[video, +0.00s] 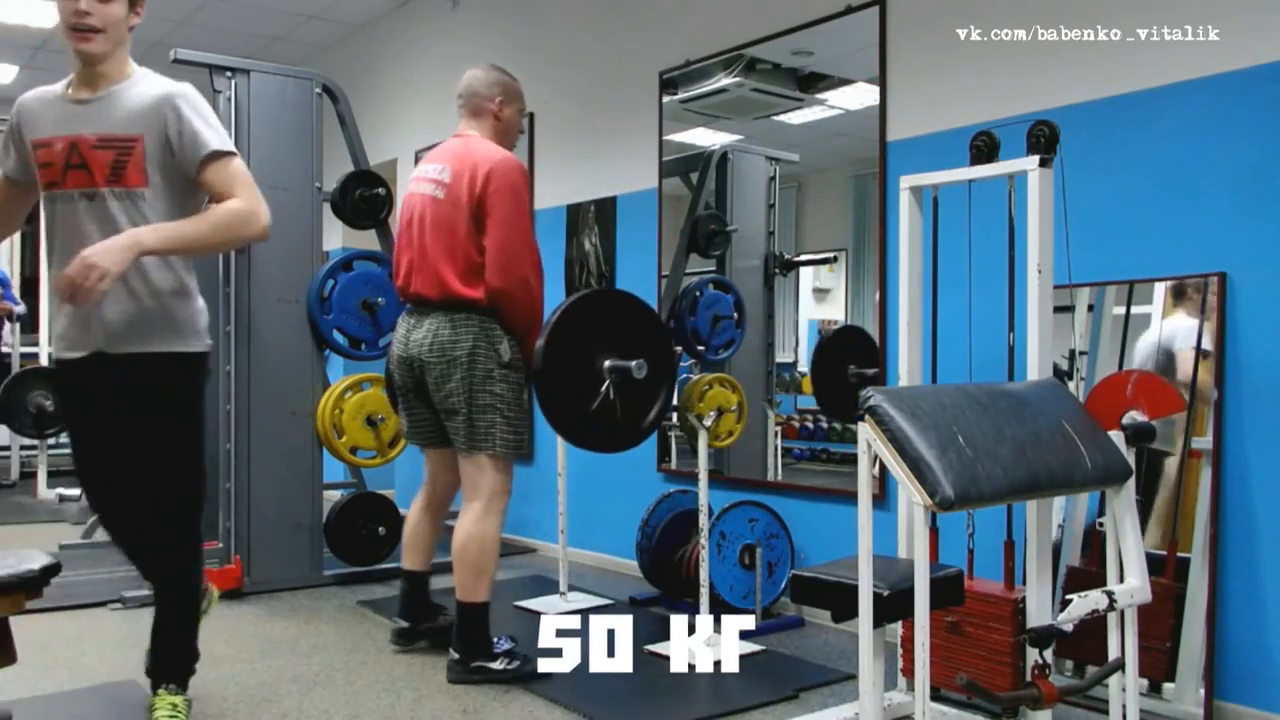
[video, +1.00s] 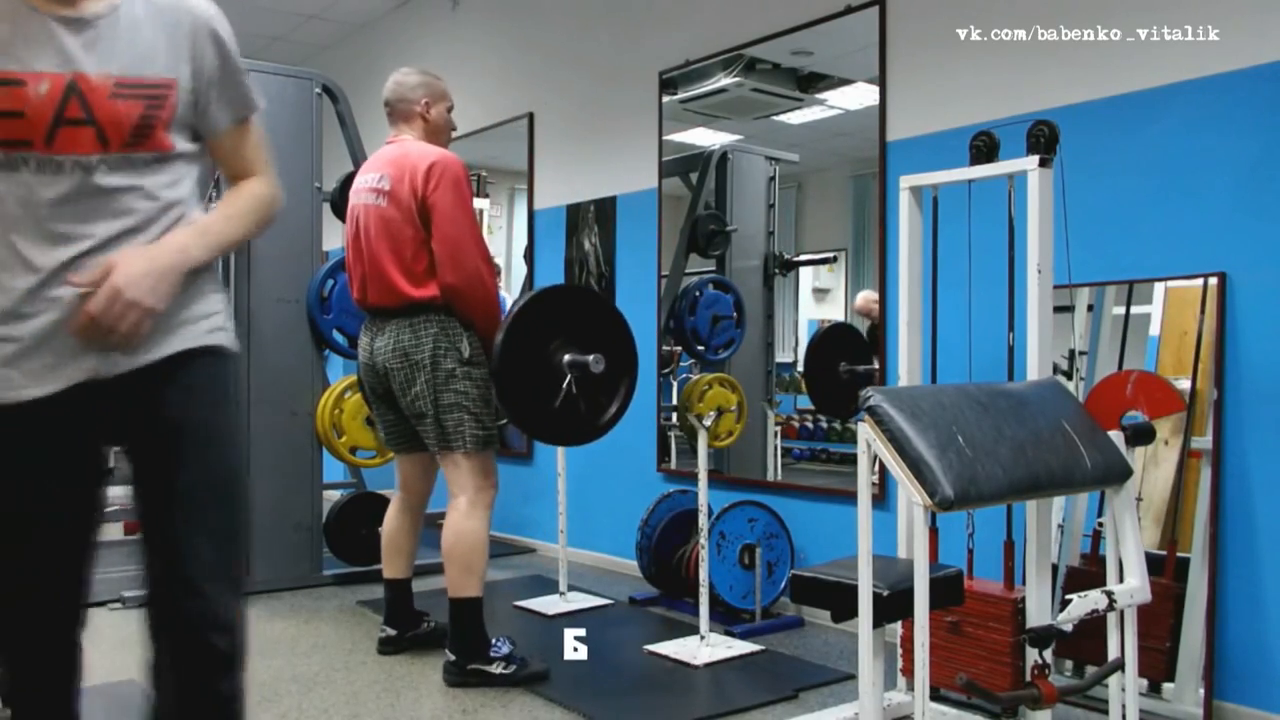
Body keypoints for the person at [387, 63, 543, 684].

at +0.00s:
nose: (521, 128)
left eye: (522, 119)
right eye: (520, 118)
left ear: (468, 107)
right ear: (499, 107)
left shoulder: (425, 163)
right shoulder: (501, 165)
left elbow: (403, 264)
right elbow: (511, 271)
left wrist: (435, 310)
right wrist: (527, 340)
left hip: (412, 332)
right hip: (472, 334)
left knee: (438, 480)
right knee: (485, 491)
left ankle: (414, 616)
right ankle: (473, 649)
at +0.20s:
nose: (502, 122)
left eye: (502, 112)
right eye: (500, 112)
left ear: (447, 107)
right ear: (481, 107)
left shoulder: (413, 163)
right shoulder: (486, 163)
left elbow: (392, 265)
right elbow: (499, 268)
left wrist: (428, 311)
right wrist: (517, 340)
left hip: (403, 331)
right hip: (460, 332)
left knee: (424, 479)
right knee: (476, 492)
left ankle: (402, 620)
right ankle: (473, 649)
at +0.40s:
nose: (476, 123)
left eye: (475, 113)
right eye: (470, 112)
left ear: (423, 113)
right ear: (445, 109)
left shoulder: (390, 168)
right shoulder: (462, 163)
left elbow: (376, 270)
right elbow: (477, 268)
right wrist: (504, 339)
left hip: (386, 331)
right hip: (444, 330)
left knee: (409, 484)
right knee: (483, 487)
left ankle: (400, 622)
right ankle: (475, 648)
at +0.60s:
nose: (456, 123)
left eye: (454, 113)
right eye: (452, 112)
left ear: (402, 113)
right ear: (429, 109)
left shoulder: (372, 170)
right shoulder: (442, 162)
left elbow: (363, 268)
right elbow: (460, 266)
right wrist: (488, 328)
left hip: (376, 335)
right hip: (434, 331)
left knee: (406, 482)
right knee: (470, 486)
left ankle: (399, 623)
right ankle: (470, 648)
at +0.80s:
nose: (451, 123)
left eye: (450, 112)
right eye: (447, 112)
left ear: (397, 112)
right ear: (424, 109)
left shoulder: (367, 172)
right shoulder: (437, 166)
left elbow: (360, 272)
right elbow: (463, 270)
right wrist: (494, 336)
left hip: (379, 339)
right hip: (437, 335)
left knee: (414, 482)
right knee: (467, 491)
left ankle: (400, 622)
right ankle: (470, 650)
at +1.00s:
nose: (453, 122)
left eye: (451, 112)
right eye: (450, 111)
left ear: (399, 112)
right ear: (427, 108)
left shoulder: (368, 171)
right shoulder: (438, 164)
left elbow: (360, 271)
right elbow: (464, 270)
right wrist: (498, 341)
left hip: (378, 338)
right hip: (436, 333)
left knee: (412, 482)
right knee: (472, 488)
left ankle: (400, 621)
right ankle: (470, 650)